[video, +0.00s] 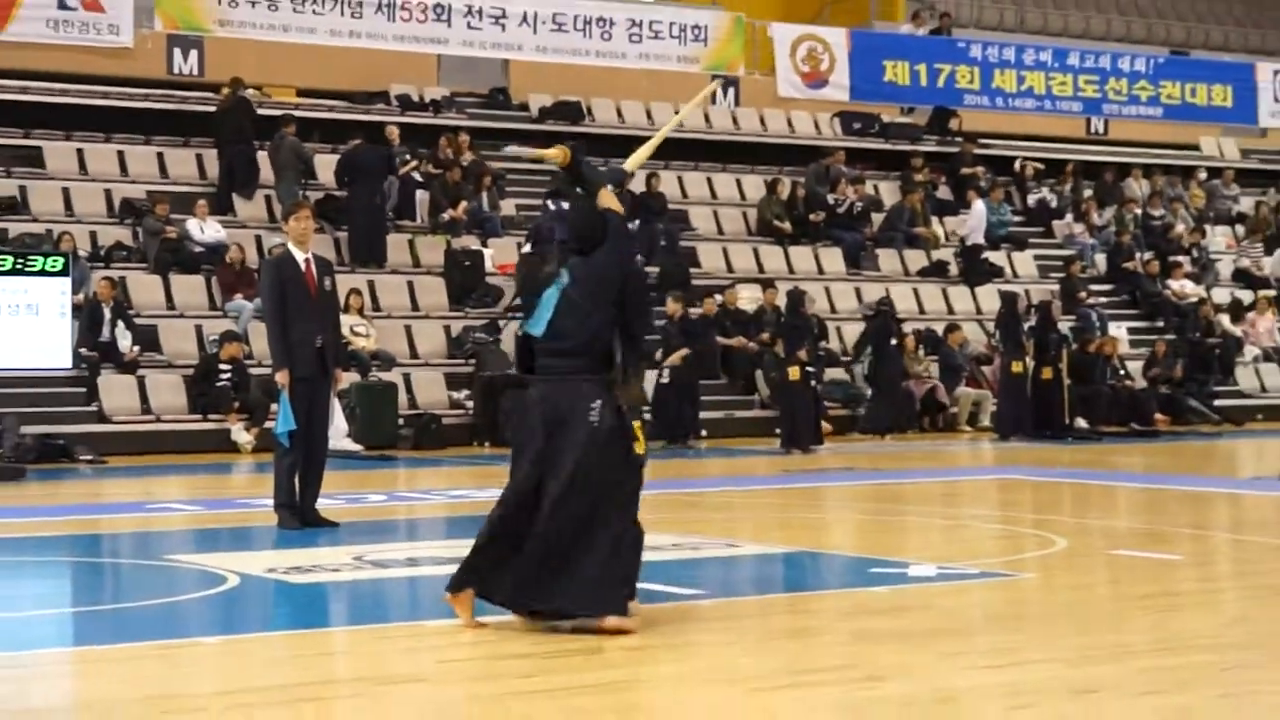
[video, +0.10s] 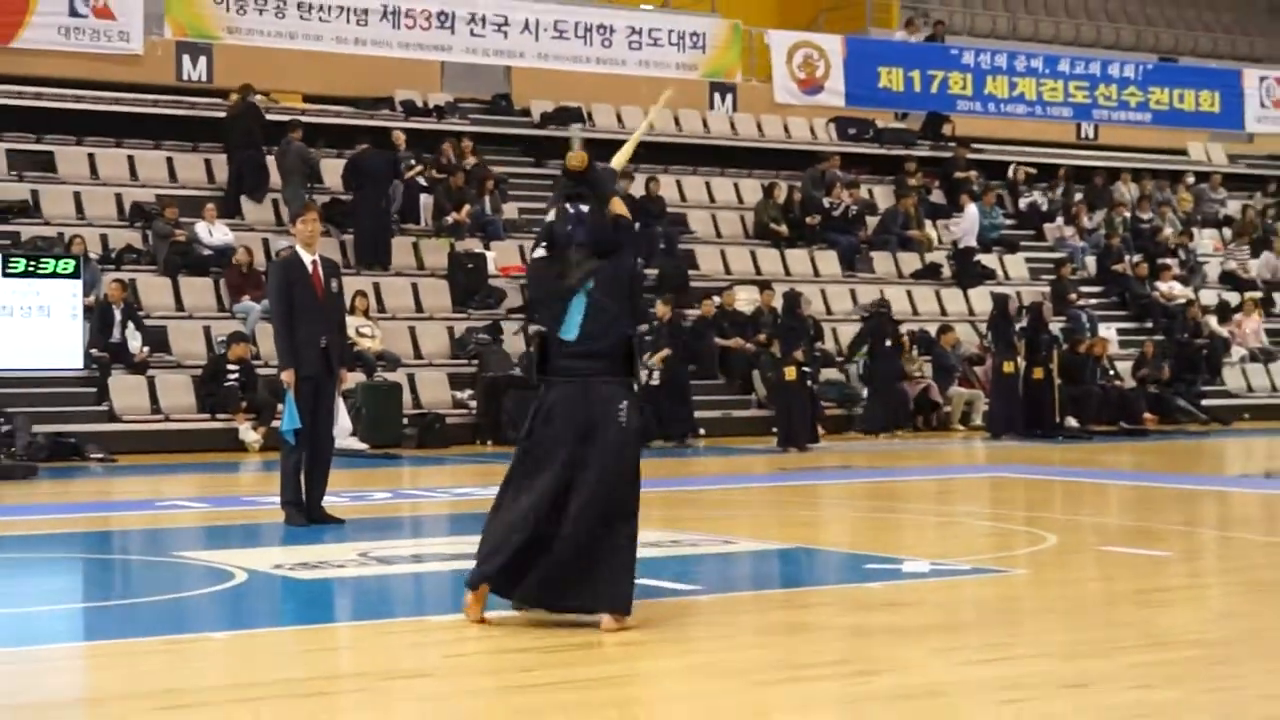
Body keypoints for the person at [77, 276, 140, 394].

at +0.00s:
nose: (101, 291)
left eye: (105, 288)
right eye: (99, 288)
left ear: (113, 292)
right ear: (96, 290)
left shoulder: (118, 306)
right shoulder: (91, 306)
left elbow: (132, 326)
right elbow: (84, 328)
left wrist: (135, 349)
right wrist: (83, 348)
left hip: (112, 345)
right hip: (94, 345)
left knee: (130, 364)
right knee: (93, 364)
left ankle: (124, 399)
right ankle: (93, 399)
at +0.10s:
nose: (111, 293)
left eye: (115, 290)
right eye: (110, 290)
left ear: (123, 293)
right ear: (107, 291)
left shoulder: (128, 308)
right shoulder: (101, 307)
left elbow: (142, 328)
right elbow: (95, 328)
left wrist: (145, 349)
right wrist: (94, 348)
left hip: (122, 347)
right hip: (103, 347)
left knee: (140, 364)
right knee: (104, 363)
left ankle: (133, 398)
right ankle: (103, 398)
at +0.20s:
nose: (114, 294)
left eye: (118, 291)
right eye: (113, 291)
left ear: (127, 295)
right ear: (110, 292)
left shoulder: (131, 308)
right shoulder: (103, 308)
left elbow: (144, 329)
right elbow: (98, 330)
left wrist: (147, 350)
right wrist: (97, 350)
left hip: (124, 347)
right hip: (105, 347)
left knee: (143, 365)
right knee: (107, 363)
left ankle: (137, 401)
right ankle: (106, 400)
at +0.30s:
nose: (114, 294)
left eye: (118, 291)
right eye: (113, 291)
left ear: (126, 294)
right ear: (110, 292)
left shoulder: (131, 308)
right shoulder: (103, 307)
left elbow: (144, 328)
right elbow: (97, 329)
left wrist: (147, 349)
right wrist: (96, 349)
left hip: (123, 347)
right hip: (105, 347)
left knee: (143, 364)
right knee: (107, 363)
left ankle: (136, 399)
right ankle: (105, 399)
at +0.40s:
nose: (119, 294)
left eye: (122, 291)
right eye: (116, 291)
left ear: (127, 293)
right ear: (111, 292)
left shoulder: (132, 308)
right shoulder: (104, 307)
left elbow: (144, 328)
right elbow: (97, 329)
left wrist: (148, 349)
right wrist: (96, 349)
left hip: (125, 346)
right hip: (106, 347)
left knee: (142, 364)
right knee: (107, 363)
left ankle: (137, 399)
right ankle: (106, 398)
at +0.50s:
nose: (121, 295)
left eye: (124, 291)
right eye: (118, 291)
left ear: (129, 294)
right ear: (112, 293)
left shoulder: (132, 308)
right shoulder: (104, 308)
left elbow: (145, 329)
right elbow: (97, 330)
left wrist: (148, 350)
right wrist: (97, 351)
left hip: (124, 347)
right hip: (106, 348)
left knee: (143, 365)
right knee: (108, 363)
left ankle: (138, 399)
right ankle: (106, 399)